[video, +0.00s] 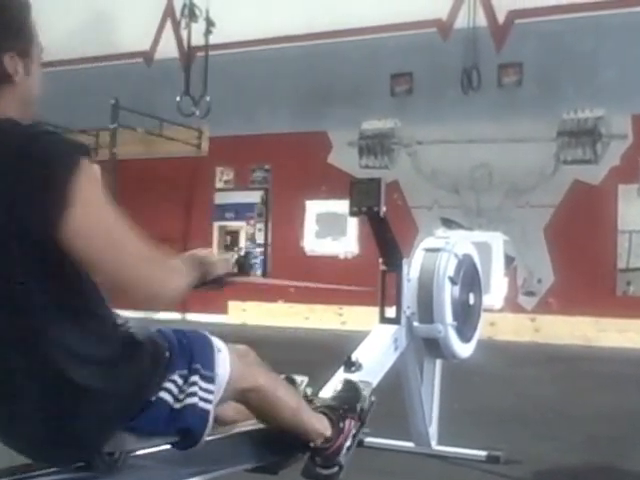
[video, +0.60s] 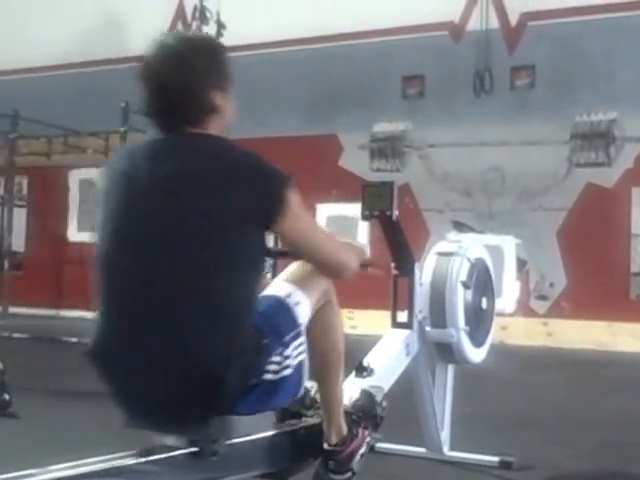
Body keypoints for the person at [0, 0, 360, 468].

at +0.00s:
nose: (40, 81)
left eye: (38, 65)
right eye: (38, 65)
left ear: (7, 66)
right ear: (11, 67)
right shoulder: (42, 157)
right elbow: (157, 287)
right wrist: (196, 264)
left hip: (10, 396)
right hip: (73, 387)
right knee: (242, 363)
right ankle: (324, 432)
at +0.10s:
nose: (49, 77)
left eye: (47, 62)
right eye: (46, 61)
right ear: (21, 63)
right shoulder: (40, 151)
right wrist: (145, 275)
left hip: (11, 382)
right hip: (61, 384)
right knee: (246, 355)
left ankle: (258, 421)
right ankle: (324, 433)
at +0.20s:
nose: (76, 73)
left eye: (73, 58)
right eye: (72, 58)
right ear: (47, 61)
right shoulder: (61, 147)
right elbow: (79, 289)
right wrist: (151, 268)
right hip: (61, 384)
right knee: (252, 340)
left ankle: (253, 422)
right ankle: (324, 435)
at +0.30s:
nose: (113, 73)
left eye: (110, 58)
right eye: (109, 58)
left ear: (22, 69)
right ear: (86, 64)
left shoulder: (10, 146)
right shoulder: (108, 148)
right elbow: (160, 280)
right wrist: (209, 264)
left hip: (34, 396)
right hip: (109, 384)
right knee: (267, 320)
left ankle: (264, 428)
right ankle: (324, 433)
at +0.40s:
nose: (156, 78)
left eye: (153, 65)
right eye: (152, 65)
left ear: (70, 77)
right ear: (131, 72)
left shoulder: (37, 154)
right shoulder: (160, 160)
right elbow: (244, 283)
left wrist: (231, 248)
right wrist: (267, 254)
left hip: (71, 396)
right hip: (144, 395)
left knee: (222, 290)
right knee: (286, 300)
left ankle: (253, 425)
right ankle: (330, 433)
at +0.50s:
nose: (199, 90)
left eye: (196, 77)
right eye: (194, 77)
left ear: (115, 86)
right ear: (176, 84)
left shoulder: (83, 159)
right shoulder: (203, 168)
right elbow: (305, 271)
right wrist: (302, 244)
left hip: (98, 388)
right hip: (178, 391)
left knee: (229, 284)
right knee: (302, 292)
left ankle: (262, 418)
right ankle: (334, 435)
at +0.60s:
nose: (233, 99)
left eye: (230, 87)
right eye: (229, 87)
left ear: (158, 100)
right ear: (214, 98)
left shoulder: (126, 165)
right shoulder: (246, 172)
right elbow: (340, 264)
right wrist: (354, 251)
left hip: (131, 388)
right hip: (212, 389)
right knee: (320, 272)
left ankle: (288, 398)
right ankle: (338, 434)